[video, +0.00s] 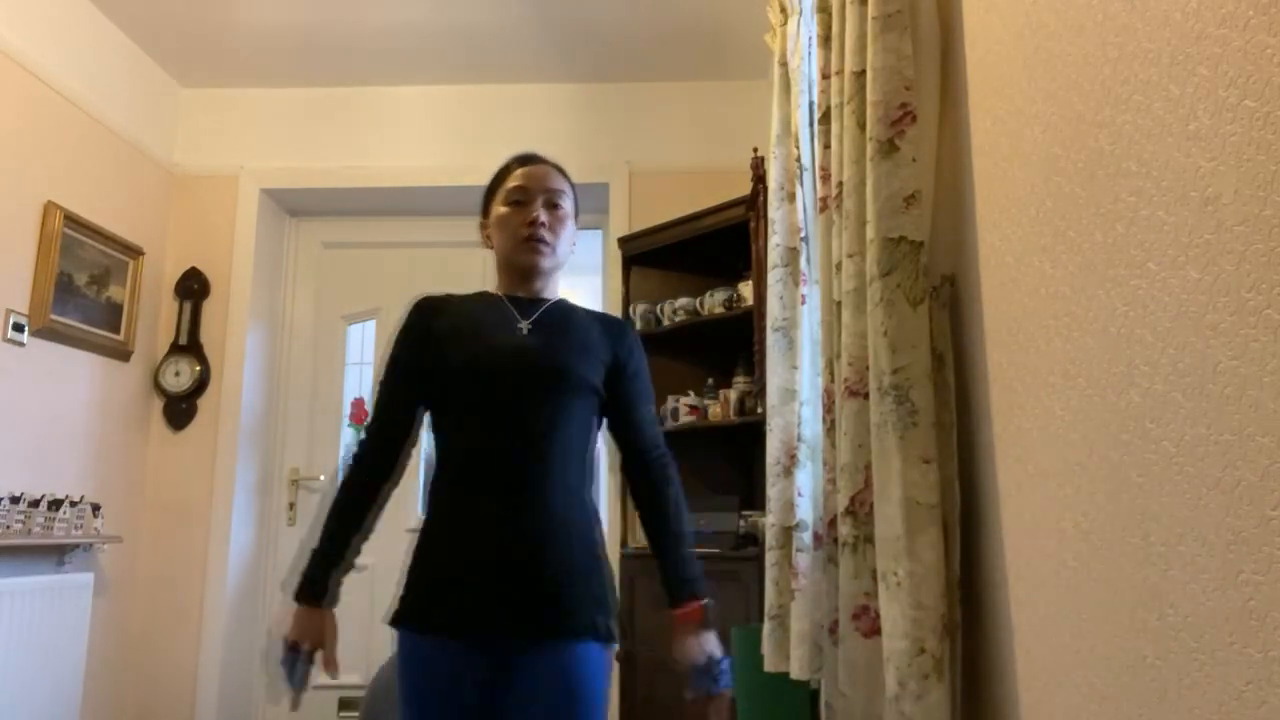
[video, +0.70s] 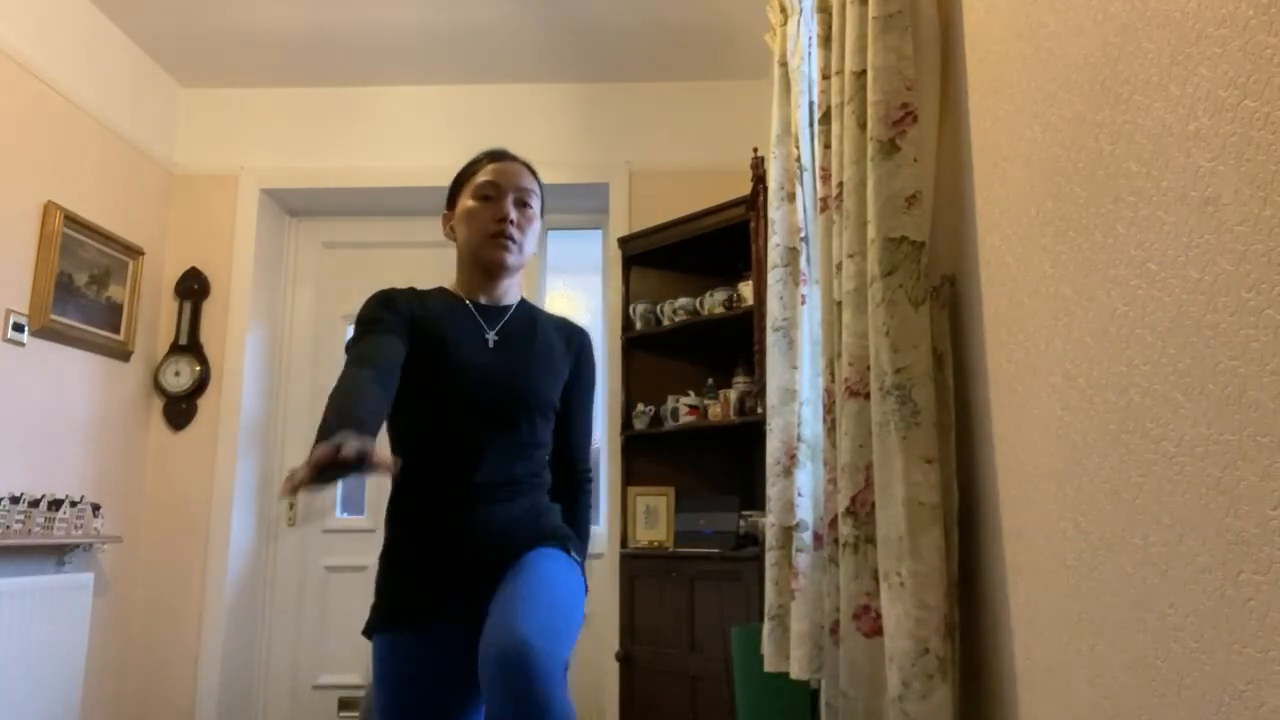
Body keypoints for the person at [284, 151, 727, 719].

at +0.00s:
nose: (538, 214)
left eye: (556, 205)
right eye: (519, 201)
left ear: (573, 234)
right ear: (486, 229)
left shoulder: (608, 338)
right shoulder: (435, 321)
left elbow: (651, 470)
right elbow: (378, 460)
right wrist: (316, 591)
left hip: (566, 620)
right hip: (445, 612)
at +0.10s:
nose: (529, 216)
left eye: (546, 206)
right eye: (508, 203)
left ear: (561, 235)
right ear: (475, 229)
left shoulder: (597, 345)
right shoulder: (420, 321)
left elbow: (616, 483)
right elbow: (357, 437)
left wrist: (632, 604)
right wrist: (288, 556)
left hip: (545, 599)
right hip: (428, 593)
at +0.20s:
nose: (521, 216)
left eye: (538, 206)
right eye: (500, 202)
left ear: (552, 233)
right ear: (465, 227)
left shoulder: (584, 345)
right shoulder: (418, 312)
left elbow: (580, 479)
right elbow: (367, 387)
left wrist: (571, 571)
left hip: (537, 557)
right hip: (429, 562)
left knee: (521, 666)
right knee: (409, 707)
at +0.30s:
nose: (516, 220)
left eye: (532, 210)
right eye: (495, 205)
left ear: (545, 235)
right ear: (459, 229)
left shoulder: (574, 349)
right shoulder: (420, 308)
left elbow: (560, 477)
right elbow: (373, 359)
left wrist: (540, 571)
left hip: (523, 597)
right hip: (421, 589)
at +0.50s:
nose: (515, 226)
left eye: (530, 216)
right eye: (496, 211)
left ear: (543, 238)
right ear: (459, 225)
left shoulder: (564, 359)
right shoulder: (408, 328)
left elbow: (554, 493)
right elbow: (395, 334)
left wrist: (517, 647)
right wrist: (417, 300)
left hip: (520, 602)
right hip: (419, 599)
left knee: (523, 509)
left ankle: (494, 411)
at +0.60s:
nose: (510, 219)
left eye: (526, 210)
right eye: (489, 205)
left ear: (539, 237)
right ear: (449, 229)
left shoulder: (565, 354)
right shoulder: (413, 322)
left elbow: (562, 486)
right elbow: (384, 348)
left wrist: (557, 596)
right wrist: (389, 350)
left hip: (526, 596)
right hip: (423, 593)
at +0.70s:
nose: (508, 212)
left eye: (525, 204)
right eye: (488, 197)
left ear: (539, 234)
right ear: (450, 222)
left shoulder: (568, 343)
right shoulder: (401, 310)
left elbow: (574, 474)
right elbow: (369, 372)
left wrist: (570, 565)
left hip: (535, 551)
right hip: (424, 558)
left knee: (520, 656)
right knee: (408, 707)